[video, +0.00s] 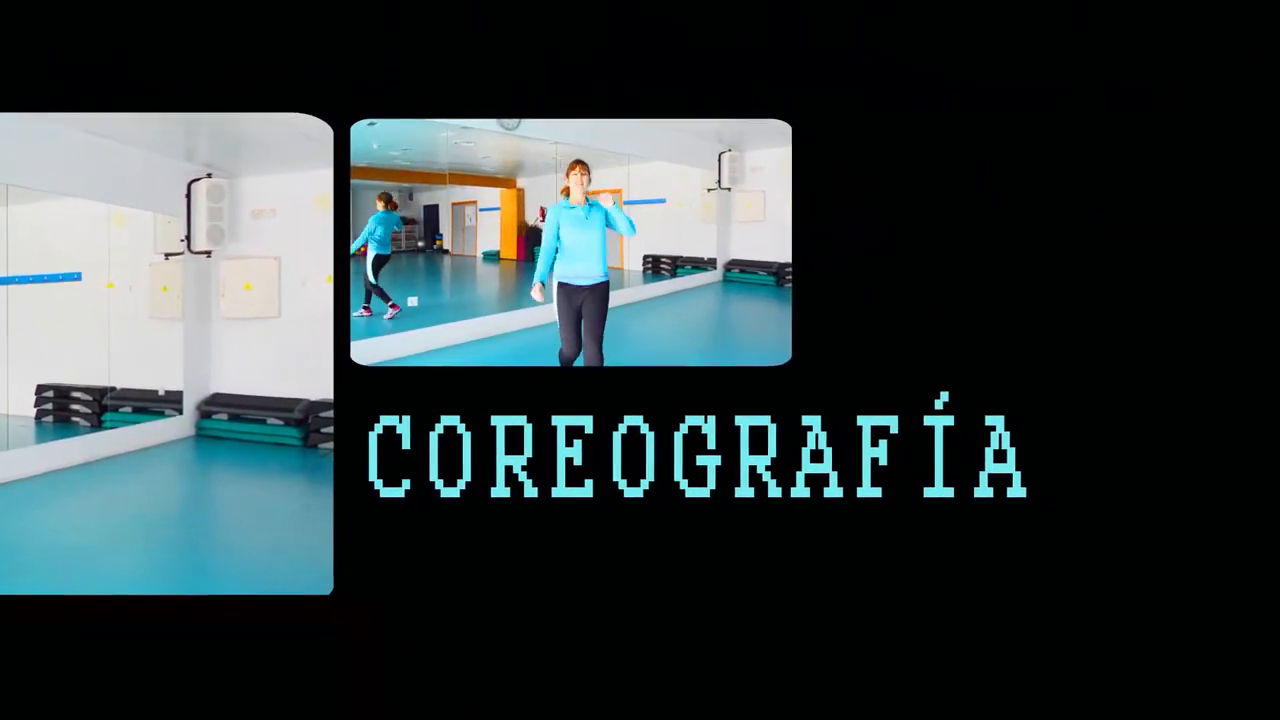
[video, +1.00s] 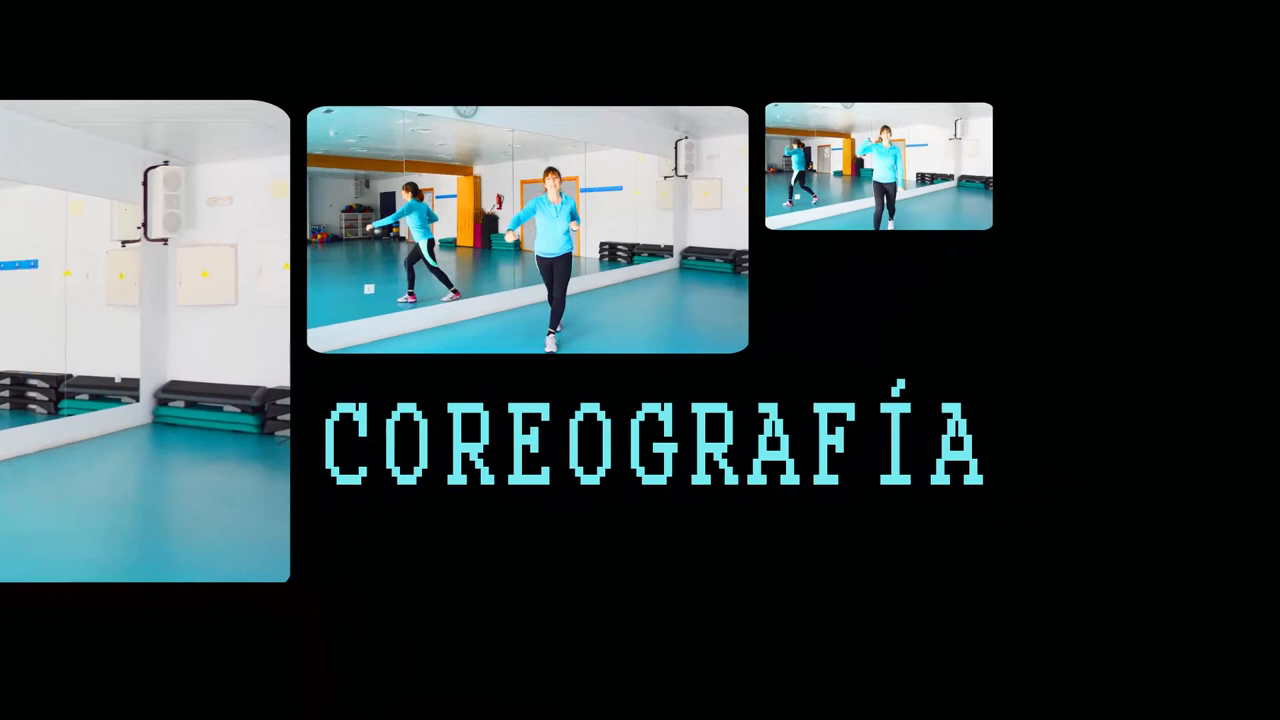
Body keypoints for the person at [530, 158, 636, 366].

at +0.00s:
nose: (579, 177)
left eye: (583, 173)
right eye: (574, 174)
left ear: (589, 179)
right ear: (567, 179)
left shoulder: (601, 209)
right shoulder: (556, 211)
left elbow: (629, 231)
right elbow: (547, 248)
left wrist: (611, 206)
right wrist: (539, 280)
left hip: (597, 286)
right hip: (566, 287)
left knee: (593, 349)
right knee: (571, 349)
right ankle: (564, 364)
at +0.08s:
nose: (579, 175)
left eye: (582, 171)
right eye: (574, 171)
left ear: (588, 176)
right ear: (567, 177)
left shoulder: (597, 206)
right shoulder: (557, 206)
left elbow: (617, 234)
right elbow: (547, 233)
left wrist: (611, 218)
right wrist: (537, 252)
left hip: (594, 280)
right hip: (564, 280)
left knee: (590, 340)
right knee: (569, 339)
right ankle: (565, 365)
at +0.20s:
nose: (578, 167)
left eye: (582, 163)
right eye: (574, 164)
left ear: (588, 168)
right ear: (568, 169)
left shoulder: (596, 198)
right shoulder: (557, 195)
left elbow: (603, 226)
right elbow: (540, 219)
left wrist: (608, 234)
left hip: (591, 269)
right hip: (562, 268)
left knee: (592, 326)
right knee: (565, 326)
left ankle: (594, 364)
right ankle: (562, 365)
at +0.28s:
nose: (578, 167)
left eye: (582, 163)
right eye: (574, 164)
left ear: (588, 168)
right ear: (567, 169)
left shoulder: (595, 198)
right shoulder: (557, 192)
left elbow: (602, 227)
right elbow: (531, 211)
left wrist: (604, 251)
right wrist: (538, 183)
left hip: (588, 266)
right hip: (560, 266)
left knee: (592, 324)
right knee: (564, 324)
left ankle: (592, 359)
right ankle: (561, 364)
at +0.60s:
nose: (572, 174)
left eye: (575, 171)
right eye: (568, 171)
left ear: (581, 174)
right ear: (562, 175)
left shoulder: (592, 199)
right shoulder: (553, 199)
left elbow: (602, 224)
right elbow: (524, 218)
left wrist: (604, 248)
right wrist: (545, 215)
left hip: (583, 261)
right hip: (558, 260)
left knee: (579, 305)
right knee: (556, 307)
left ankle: (577, 343)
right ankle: (551, 353)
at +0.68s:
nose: (570, 169)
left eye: (573, 165)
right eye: (565, 166)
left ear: (578, 168)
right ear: (559, 170)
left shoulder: (589, 193)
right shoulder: (551, 194)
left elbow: (603, 217)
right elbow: (527, 215)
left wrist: (603, 225)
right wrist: (541, 225)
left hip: (580, 253)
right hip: (556, 252)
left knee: (575, 299)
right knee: (556, 299)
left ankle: (573, 342)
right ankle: (551, 344)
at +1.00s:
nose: (552, 181)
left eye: (555, 178)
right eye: (549, 179)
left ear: (561, 181)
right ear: (544, 183)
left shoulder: (569, 202)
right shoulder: (537, 202)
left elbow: (575, 218)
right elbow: (520, 216)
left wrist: (575, 224)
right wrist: (510, 230)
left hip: (563, 253)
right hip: (543, 254)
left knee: (559, 294)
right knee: (551, 292)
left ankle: (551, 334)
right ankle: (557, 317)